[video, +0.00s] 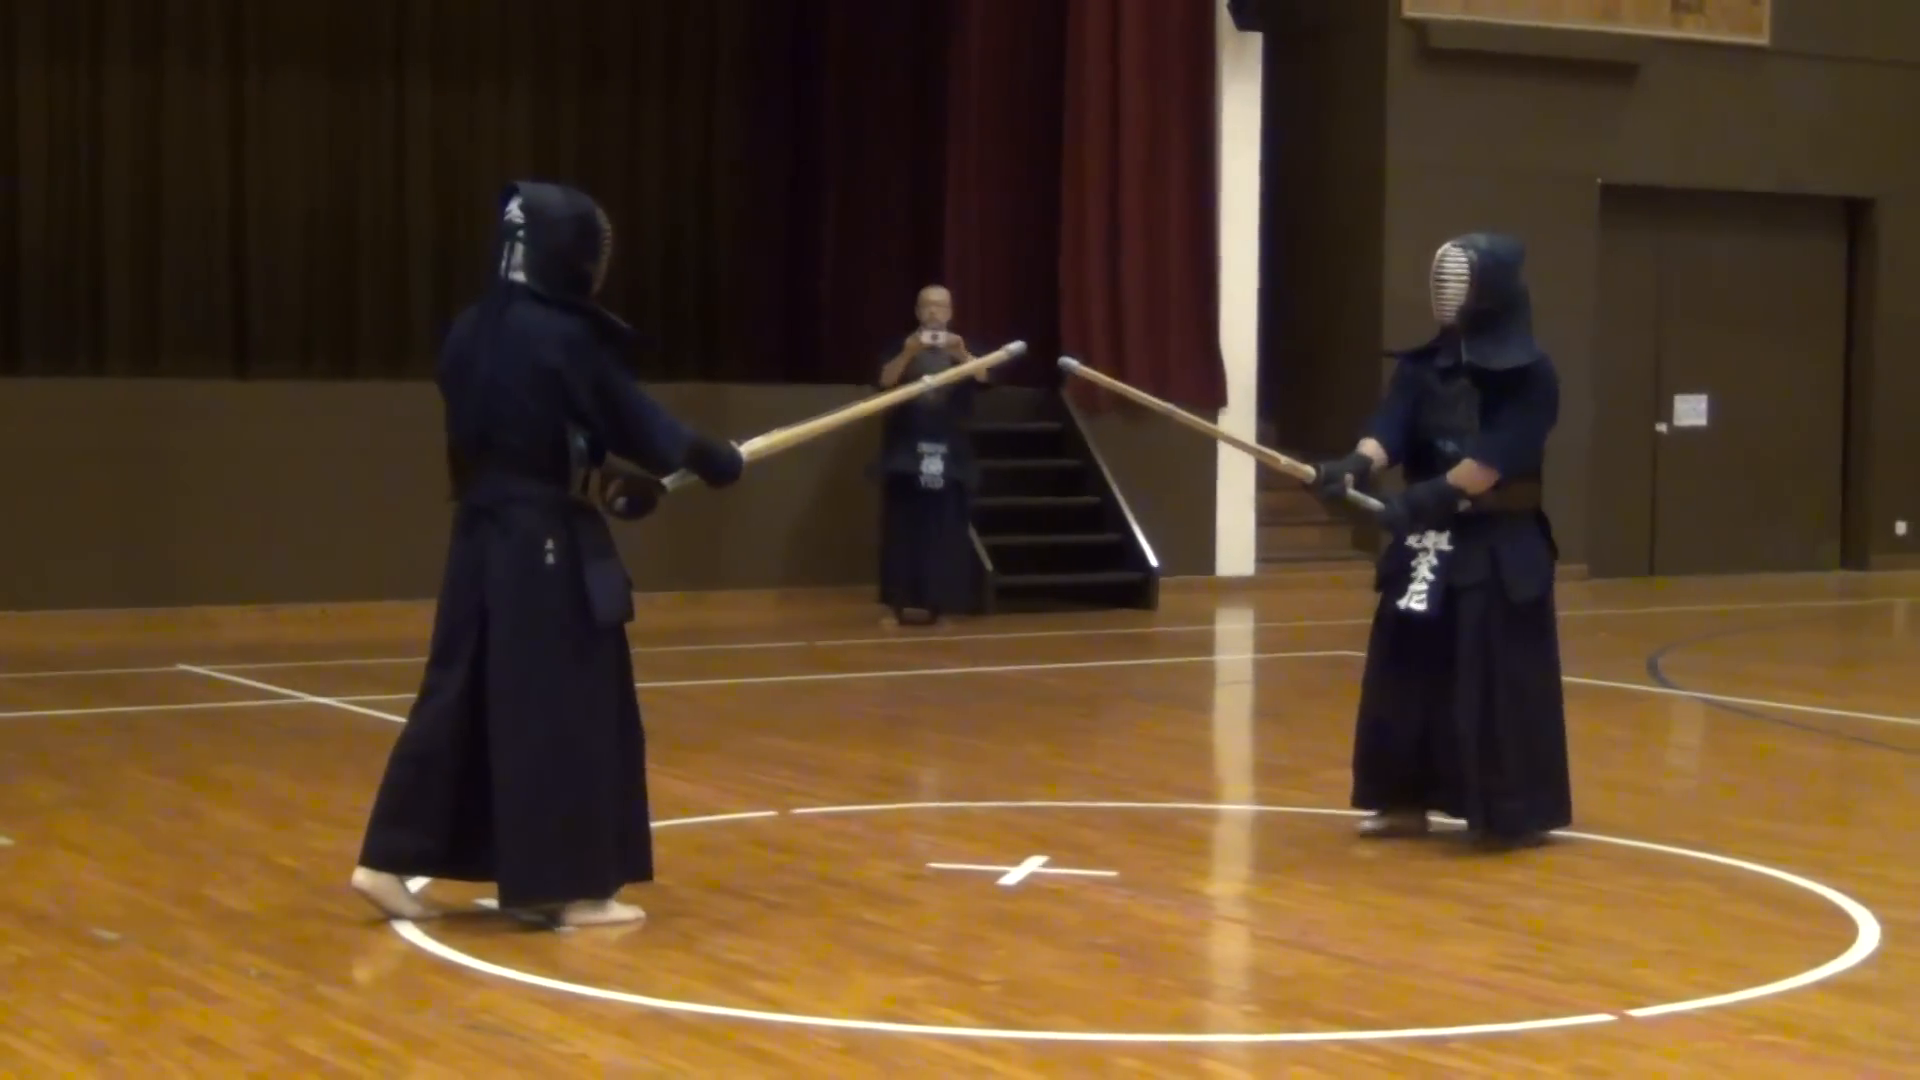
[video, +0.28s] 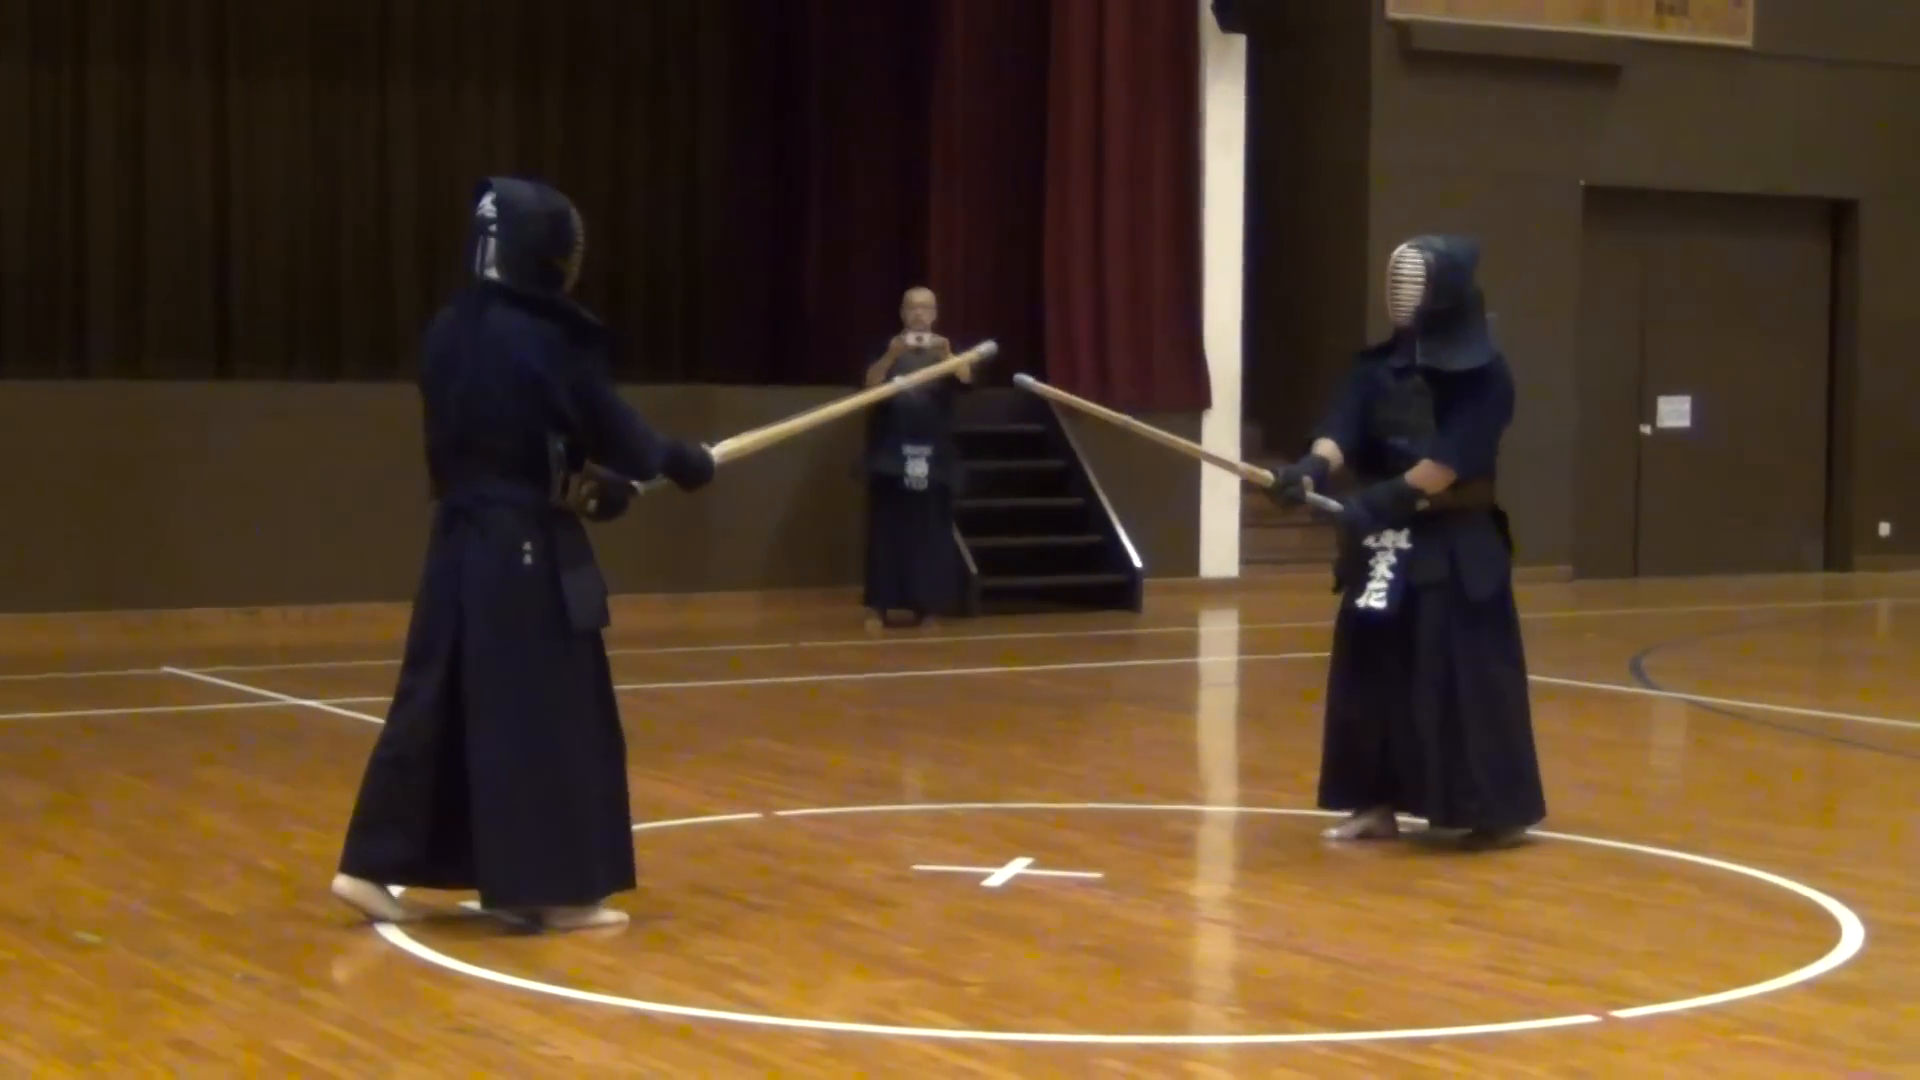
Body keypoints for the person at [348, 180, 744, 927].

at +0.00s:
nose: (603, 266)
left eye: (603, 251)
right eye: (597, 252)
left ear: (520, 251)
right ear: (571, 256)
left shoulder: (473, 329)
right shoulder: (569, 336)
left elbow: (512, 440)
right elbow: (634, 420)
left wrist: (599, 475)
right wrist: (707, 453)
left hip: (479, 539)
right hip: (547, 543)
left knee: (459, 694)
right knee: (572, 706)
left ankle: (389, 859)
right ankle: (573, 889)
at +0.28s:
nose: (575, 263)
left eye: (574, 249)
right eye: (569, 250)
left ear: (492, 251)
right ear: (547, 256)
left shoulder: (452, 329)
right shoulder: (550, 338)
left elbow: (484, 451)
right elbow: (613, 429)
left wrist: (576, 479)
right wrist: (677, 458)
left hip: (459, 542)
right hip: (526, 547)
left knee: (434, 699)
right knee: (550, 712)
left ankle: (369, 864)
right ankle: (554, 889)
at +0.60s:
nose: (558, 263)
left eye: (557, 249)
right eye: (553, 250)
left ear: (475, 250)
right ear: (534, 256)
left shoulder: (438, 329)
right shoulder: (545, 333)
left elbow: (467, 446)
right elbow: (628, 412)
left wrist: (564, 485)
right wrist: (681, 463)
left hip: (448, 541)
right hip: (519, 546)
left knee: (423, 700)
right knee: (542, 712)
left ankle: (354, 864)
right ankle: (551, 888)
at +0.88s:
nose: (569, 263)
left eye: (568, 249)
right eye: (564, 250)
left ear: (489, 248)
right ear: (541, 255)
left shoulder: (448, 329)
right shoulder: (548, 339)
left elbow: (486, 439)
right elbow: (619, 428)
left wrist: (571, 471)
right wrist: (688, 462)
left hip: (455, 538)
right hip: (524, 544)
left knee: (430, 700)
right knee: (542, 710)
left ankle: (370, 867)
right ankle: (545, 885)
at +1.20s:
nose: (575, 262)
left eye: (575, 248)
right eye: (568, 249)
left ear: (490, 249)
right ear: (544, 254)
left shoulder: (447, 327)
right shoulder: (552, 336)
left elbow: (482, 430)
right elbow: (619, 426)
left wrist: (568, 464)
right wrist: (689, 463)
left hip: (450, 540)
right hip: (520, 545)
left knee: (418, 697)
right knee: (543, 711)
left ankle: (350, 858)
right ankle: (552, 887)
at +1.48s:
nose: (530, 266)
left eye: (528, 252)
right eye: (524, 253)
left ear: (449, 254)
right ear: (502, 259)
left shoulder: (411, 332)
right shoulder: (508, 341)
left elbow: (449, 438)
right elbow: (581, 429)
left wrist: (532, 473)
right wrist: (648, 459)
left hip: (410, 544)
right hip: (481, 549)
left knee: (383, 698)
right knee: (510, 714)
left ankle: (331, 860)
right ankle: (525, 884)